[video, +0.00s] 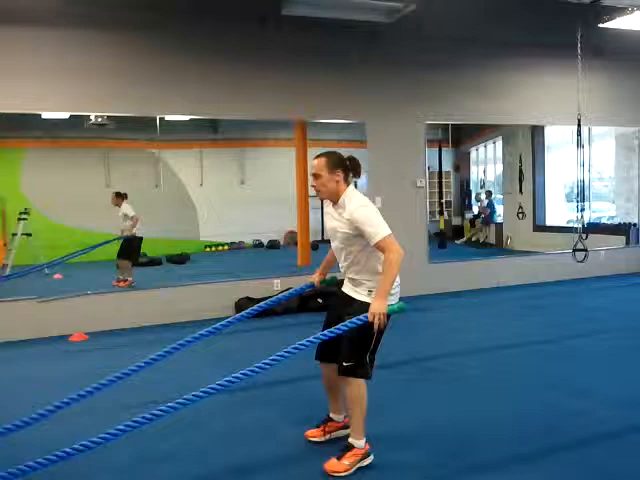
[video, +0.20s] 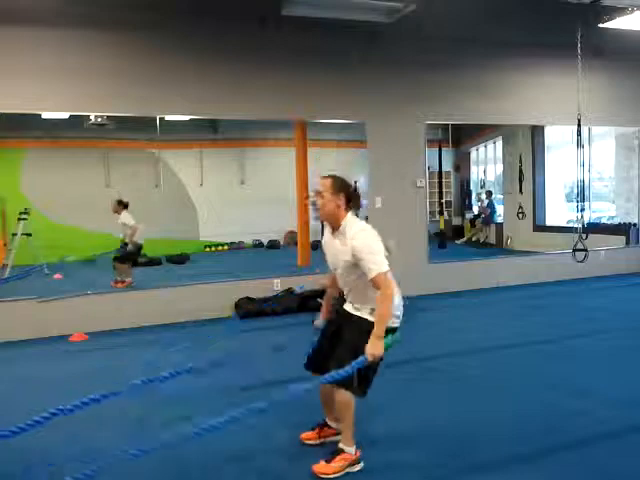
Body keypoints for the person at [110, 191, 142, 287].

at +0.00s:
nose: (112, 201)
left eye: (114, 199)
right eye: (112, 199)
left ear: (119, 199)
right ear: (119, 199)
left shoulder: (125, 207)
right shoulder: (122, 208)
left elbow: (135, 218)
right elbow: (127, 221)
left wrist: (130, 229)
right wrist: (122, 231)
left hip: (131, 237)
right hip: (127, 236)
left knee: (123, 259)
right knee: (123, 259)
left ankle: (126, 279)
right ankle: (122, 278)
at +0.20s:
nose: (113, 208)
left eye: (114, 206)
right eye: (113, 205)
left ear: (119, 207)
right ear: (121, 207)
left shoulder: (124, 216)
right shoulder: (123, 216)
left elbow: (134, 227)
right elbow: (130, 228)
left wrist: (130, 240)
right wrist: (125, 239)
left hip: (131, 243)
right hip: (126, 243)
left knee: (119, 260)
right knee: (126, 261)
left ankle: (124, 279)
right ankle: (126, 279)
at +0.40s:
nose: (125, 198)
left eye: (127, 196)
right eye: (125, 196)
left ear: (133, 197)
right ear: (132, 197)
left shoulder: (135, 206)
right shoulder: (131, 207)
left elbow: (123, 212)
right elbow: (118, 215)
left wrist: (113, 213)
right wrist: (105, 220)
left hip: (135, 236)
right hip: (131, 235)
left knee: (126, 260)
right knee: (125, 259)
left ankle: (127, 279)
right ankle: (123, 278)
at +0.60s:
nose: (120, 215)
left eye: (121, 212)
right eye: (119, 213)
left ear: (125, 210)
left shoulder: (131, 214)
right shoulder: (126, 216)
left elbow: (132, 205)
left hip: (141, 235)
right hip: (136, 236)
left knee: (126, 259)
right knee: (122, 259)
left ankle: (129, 279)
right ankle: (124, 278)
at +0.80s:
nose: (112, 227)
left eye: (113, 224)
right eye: (112, 225)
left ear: (118, 224)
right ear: (119, 223)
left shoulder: (125, 230)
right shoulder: (126, 228)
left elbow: (125, 243)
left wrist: (121, 254)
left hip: (145, 239)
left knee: (128, 259)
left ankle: (127, 280)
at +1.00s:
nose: (120, 206)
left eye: (121, 204)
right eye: (120, 204)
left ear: (125, 204)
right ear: (128, 203)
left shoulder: (132, 211)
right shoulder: (132, 211)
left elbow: (119, 215)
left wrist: (106, 219)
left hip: (142, 235)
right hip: (143, 235)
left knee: (127, 257)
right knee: (129, 257)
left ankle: (126, 279)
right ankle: (126, 278)